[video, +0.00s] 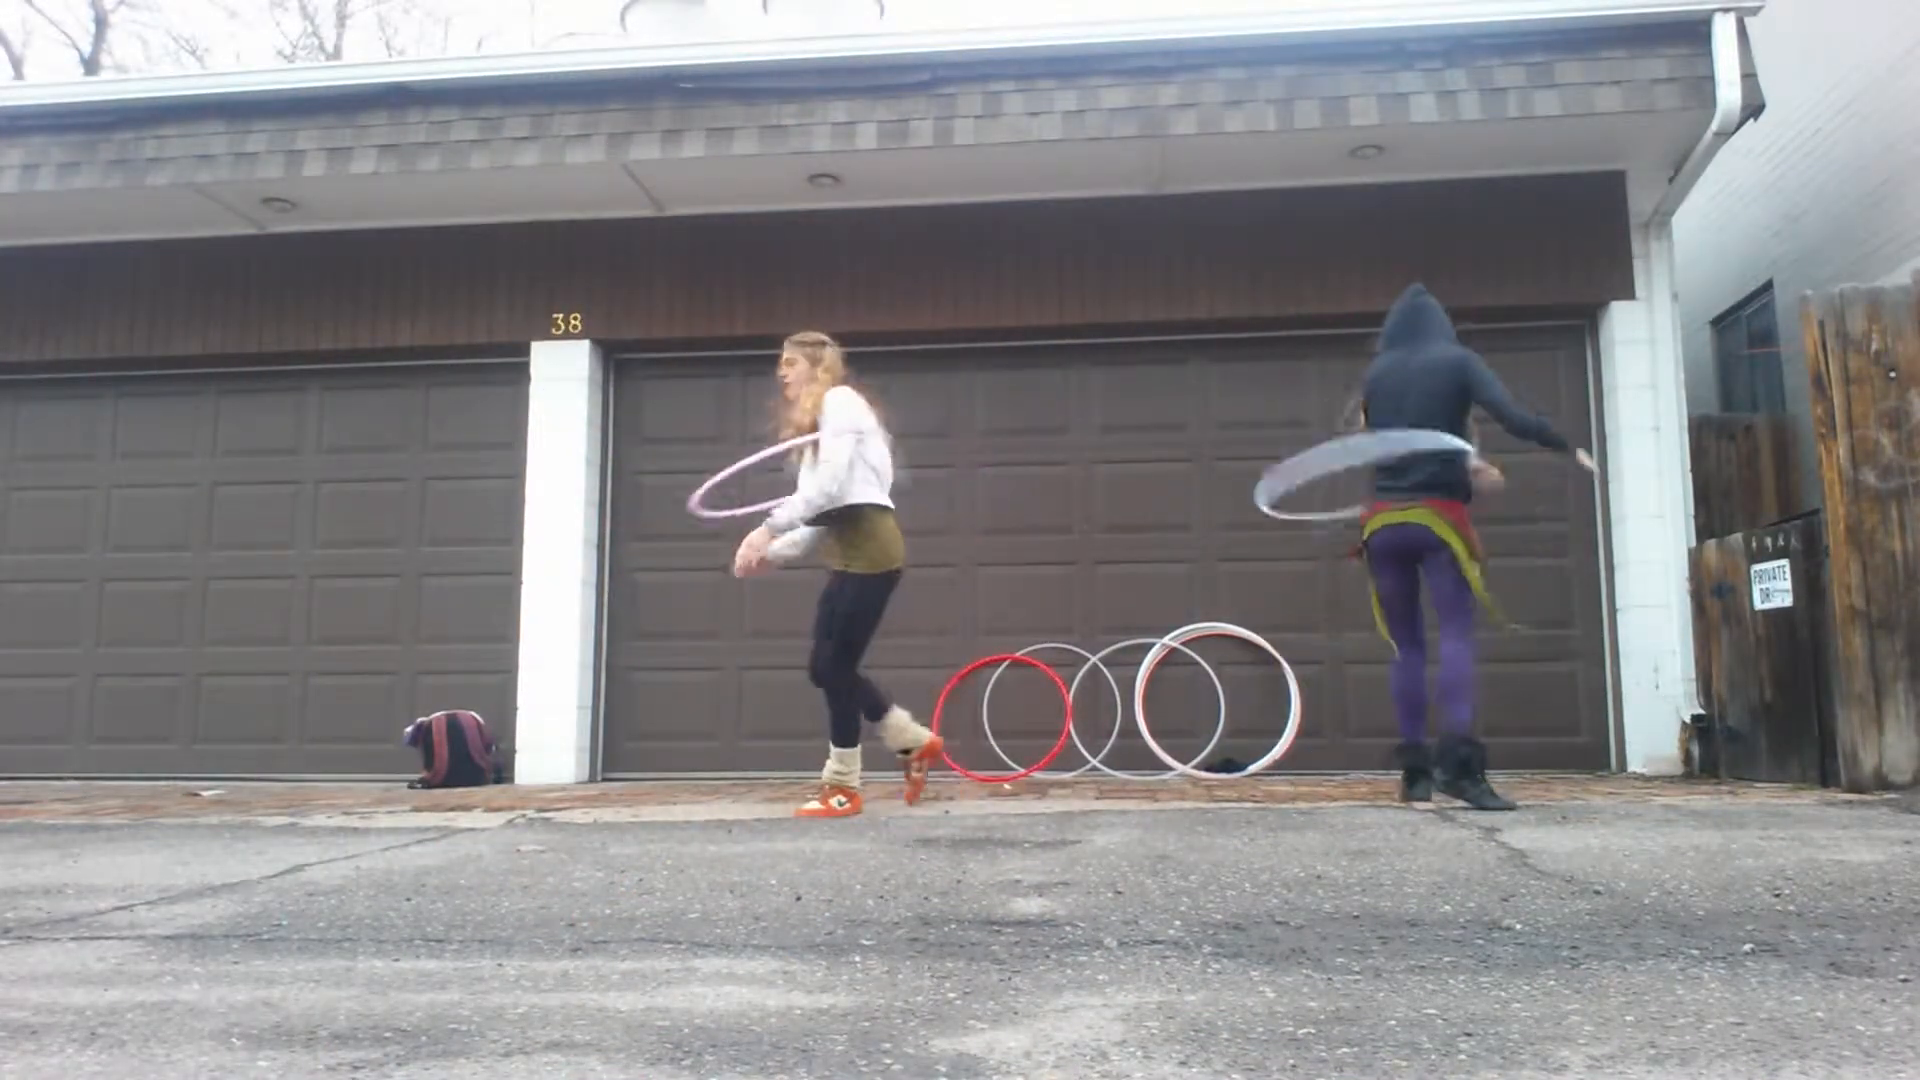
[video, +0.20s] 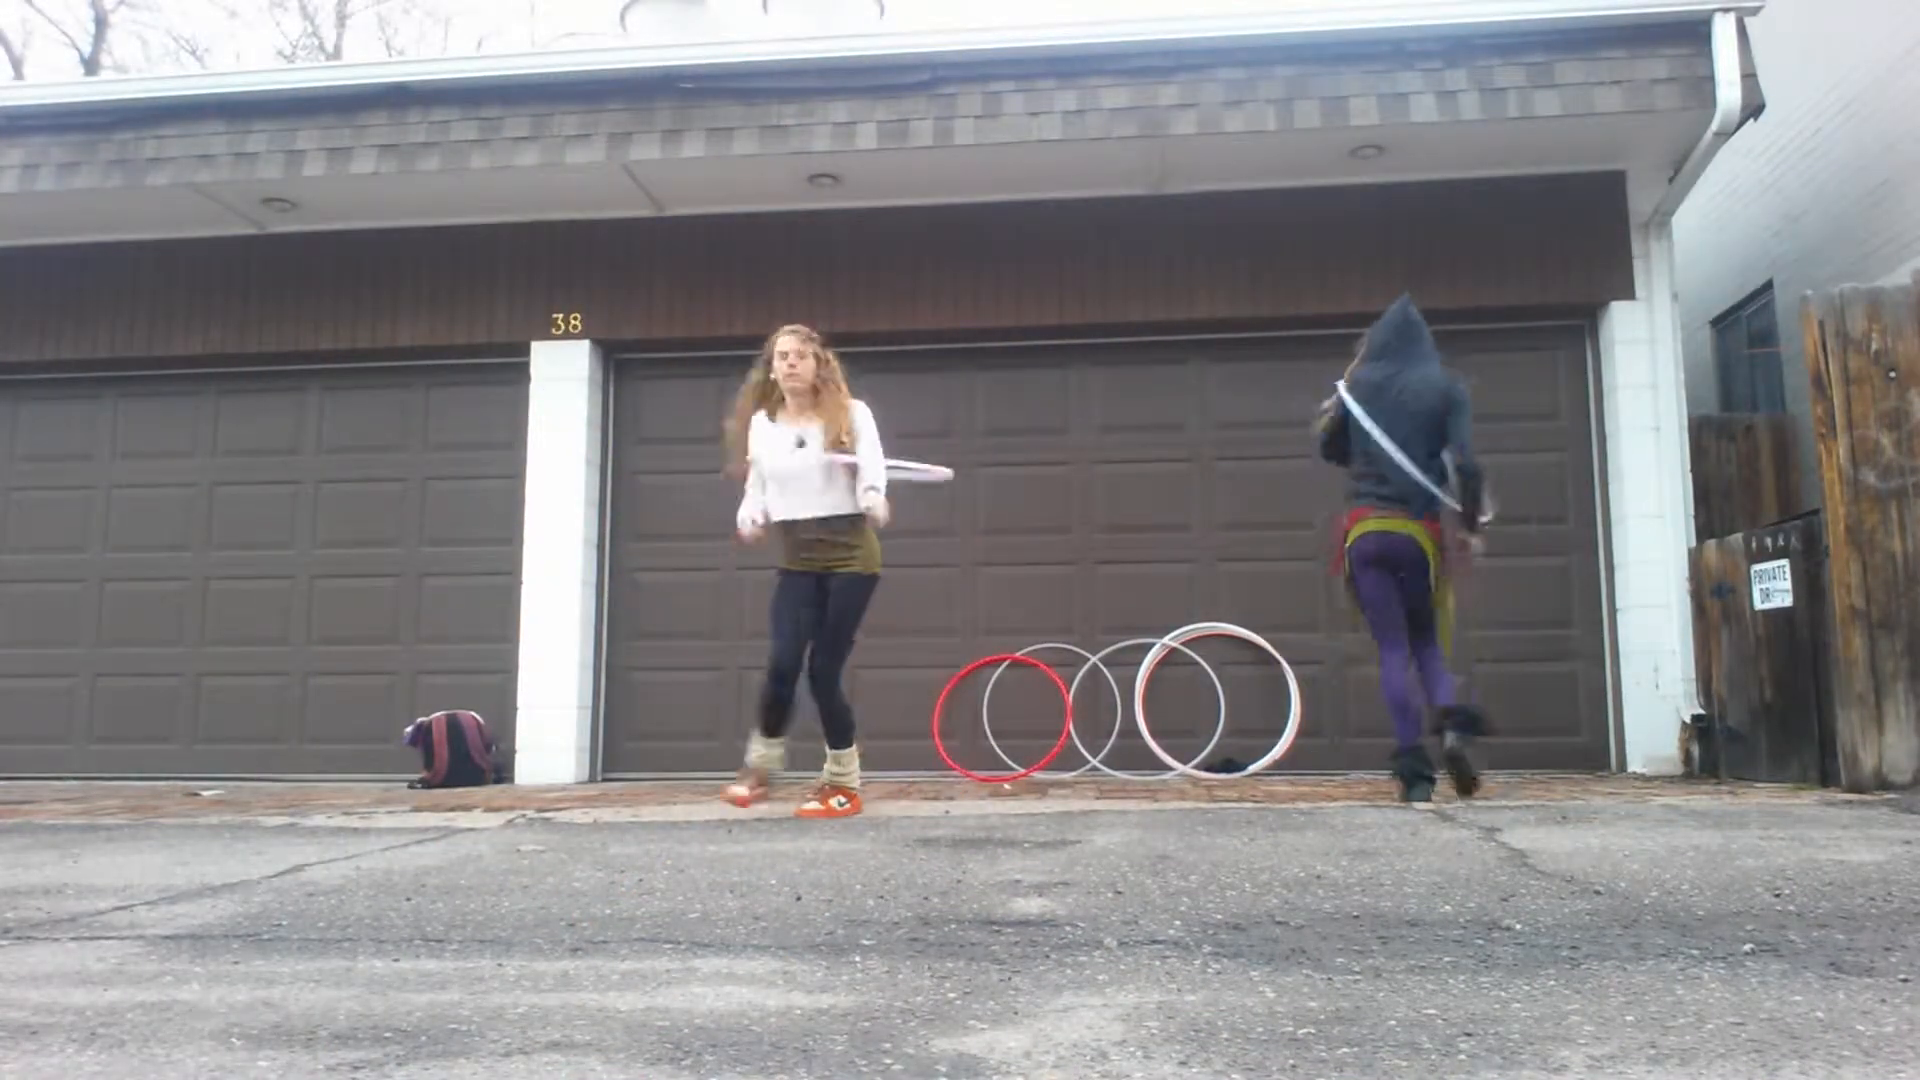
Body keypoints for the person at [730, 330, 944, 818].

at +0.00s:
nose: (783, 374)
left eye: (791, 365)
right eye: (782, 366)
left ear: (819, 366)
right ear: (799, 373)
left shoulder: (839, 402)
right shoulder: (826, 417)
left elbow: (830, 481)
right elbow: (822, 518)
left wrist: (766, 528)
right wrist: (771, 552)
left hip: (871, 550)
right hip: (851, 551)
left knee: (835, 667)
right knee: (827, 666)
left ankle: (842, 788)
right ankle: (915, 741)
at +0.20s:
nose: (792, 364)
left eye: (800, 356)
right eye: (783, 357)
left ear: (819, 364)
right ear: (771, 367)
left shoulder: (851, 413)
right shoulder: (762, 423)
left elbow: (872, 476)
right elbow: (759, 485)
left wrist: (871, 495)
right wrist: (749, 516)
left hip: (853, 551)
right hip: (798, 553)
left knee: (823, 671)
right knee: (783, 663)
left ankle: (843, 785)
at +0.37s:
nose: (822, 350)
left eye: (825, 344)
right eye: (810, 342)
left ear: (827, 359)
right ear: (781, 353)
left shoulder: (828, 417)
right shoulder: (750, 401)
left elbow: (841, 491)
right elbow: (715, 473)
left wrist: (892, 493)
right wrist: (747, 512)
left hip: (820, 548)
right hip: (769, 546)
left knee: (822, 667)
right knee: (768, 671)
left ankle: (814, 785)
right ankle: (714, 790)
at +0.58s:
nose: (825, 341)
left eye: (824, 332)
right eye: (819, 332)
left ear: (782, 336)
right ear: (796, 336)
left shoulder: (762, 383)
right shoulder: (789, 383)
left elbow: (782, 479)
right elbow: (808, 472)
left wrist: (842, 519)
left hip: (757, 530)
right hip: (781, 530)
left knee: (781, 660)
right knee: (804, 661)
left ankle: (739, 773)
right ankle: (719, 757)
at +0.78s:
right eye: (808, 328)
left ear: (755, 337)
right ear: (807, 332)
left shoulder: (734, 390)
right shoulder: (826, 371)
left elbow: (728, 468)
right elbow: (850, 445)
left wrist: (728, 518)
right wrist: (869, 488)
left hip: (756, 520)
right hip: (817, 516)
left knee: (754, 656)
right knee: (814, 655)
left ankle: (727, 779)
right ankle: (828, 756)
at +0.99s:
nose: (729, 352)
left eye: (732, 342)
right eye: (730, 342)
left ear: (744, 341)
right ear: (788, 337)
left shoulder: (765, 386)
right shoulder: (823, 381)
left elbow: (775, 475)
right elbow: (862, 452)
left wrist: (706, 507)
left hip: (811, 533)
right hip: (850, 530)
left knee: (794, 659)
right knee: (823, 659)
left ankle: (758, 788)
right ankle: (860, 787)